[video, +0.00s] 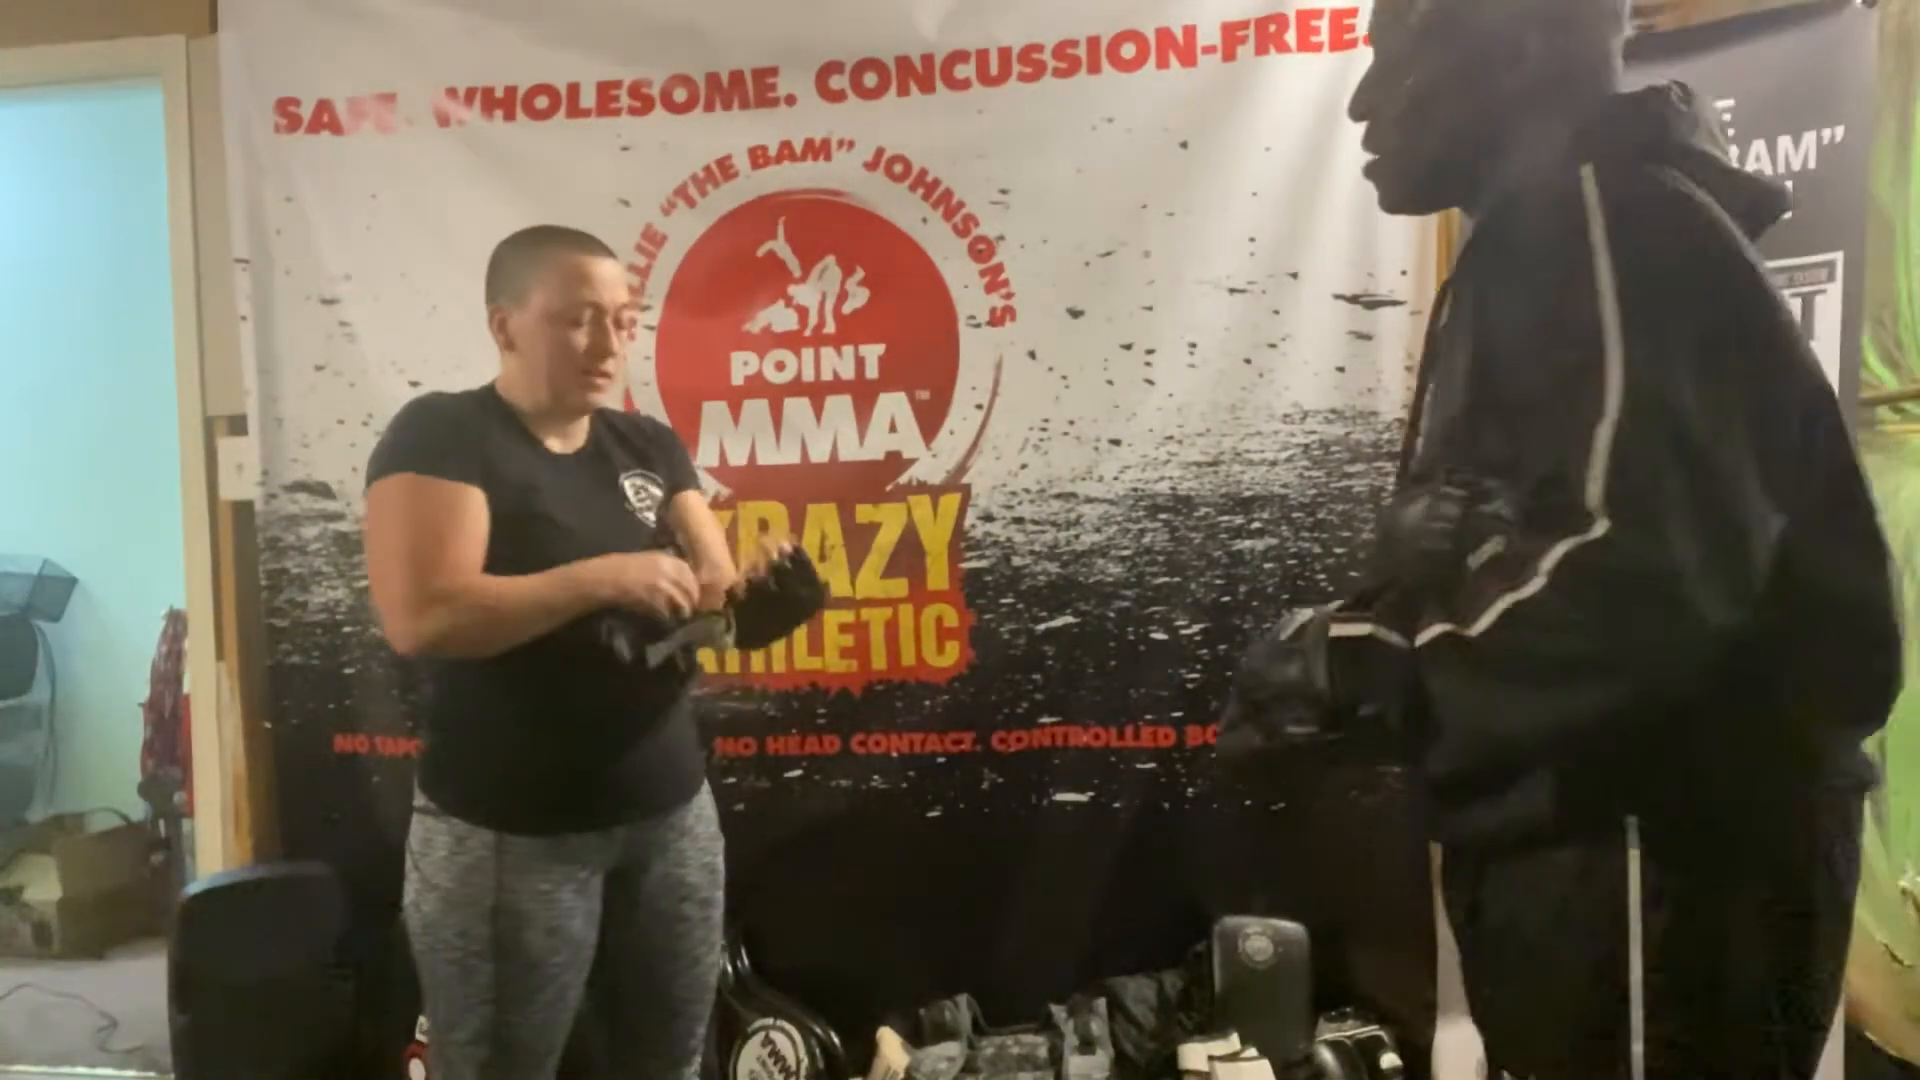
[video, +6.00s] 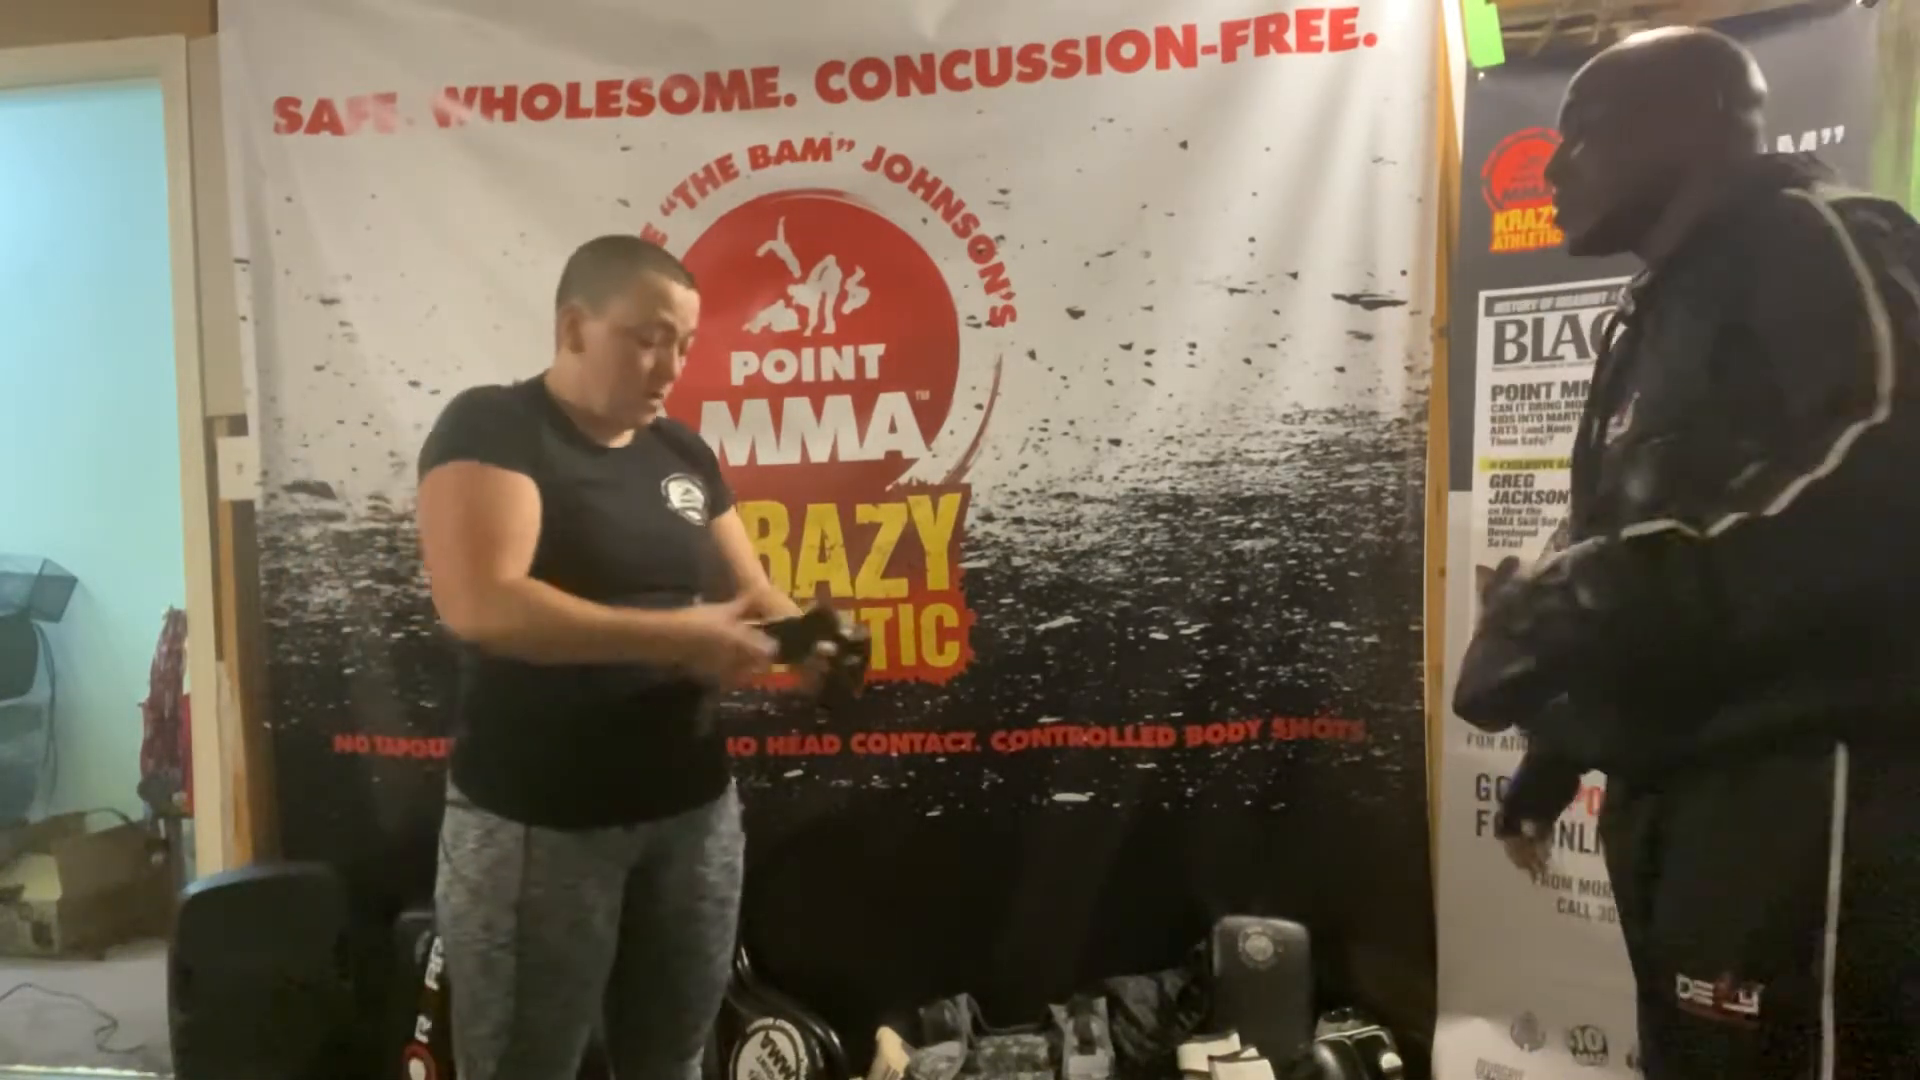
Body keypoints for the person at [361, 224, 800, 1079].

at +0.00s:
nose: (609, 343)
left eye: (622, 321)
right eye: (581, 318)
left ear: (633, 326)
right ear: (506, 326)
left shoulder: (647, 444)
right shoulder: (438, 433)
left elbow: (716, 596)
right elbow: (420, 615)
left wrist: (754, 592)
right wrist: (602, 577)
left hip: (668, 824)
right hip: (502, 842)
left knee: (662, 1065)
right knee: (496, 1069)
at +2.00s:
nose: (611, 343)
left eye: (620, 322)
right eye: (586, 316)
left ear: (628, 331)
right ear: (505, 319)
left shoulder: (634, 443)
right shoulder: (433, 428)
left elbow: (712, 571)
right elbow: (420, 608)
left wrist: (744, 579)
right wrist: (604, 598)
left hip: (672, 828)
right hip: (505, 846)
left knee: (664, 1065)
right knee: (501, 1068)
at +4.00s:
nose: (545, 349)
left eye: (554, 327)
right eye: (521, 320)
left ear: (562, 332)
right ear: (438, 314)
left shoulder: (562, 443)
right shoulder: (361, 438)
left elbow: (650, 555)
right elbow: (404, 597)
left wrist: (644, 627)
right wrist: (596, 536)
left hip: (604, 829)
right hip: (443, 854)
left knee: (634, 1065)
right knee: (461, 1067)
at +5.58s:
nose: (636, 357)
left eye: (646, 335)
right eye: (613, 329)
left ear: (654, 339)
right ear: (535, 321)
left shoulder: (652, 453)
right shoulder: (451, 432)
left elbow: (718, 599)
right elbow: (462, 606)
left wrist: (774, 646)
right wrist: (665, 595)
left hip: (670, 825)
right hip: (509, 838)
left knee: (653, 1066)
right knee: (500, 1068)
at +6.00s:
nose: (668, 367)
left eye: (680, 346)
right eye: (648, 339)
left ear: (687, 345)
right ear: (574, 325)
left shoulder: (682, 453)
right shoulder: (487, 427)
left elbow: (748, 591)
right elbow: (477, 602)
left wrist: (807, 638)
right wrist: (679, 638)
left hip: (690, 822)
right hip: (532, 831)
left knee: (667, 1065)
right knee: (520, 1066)